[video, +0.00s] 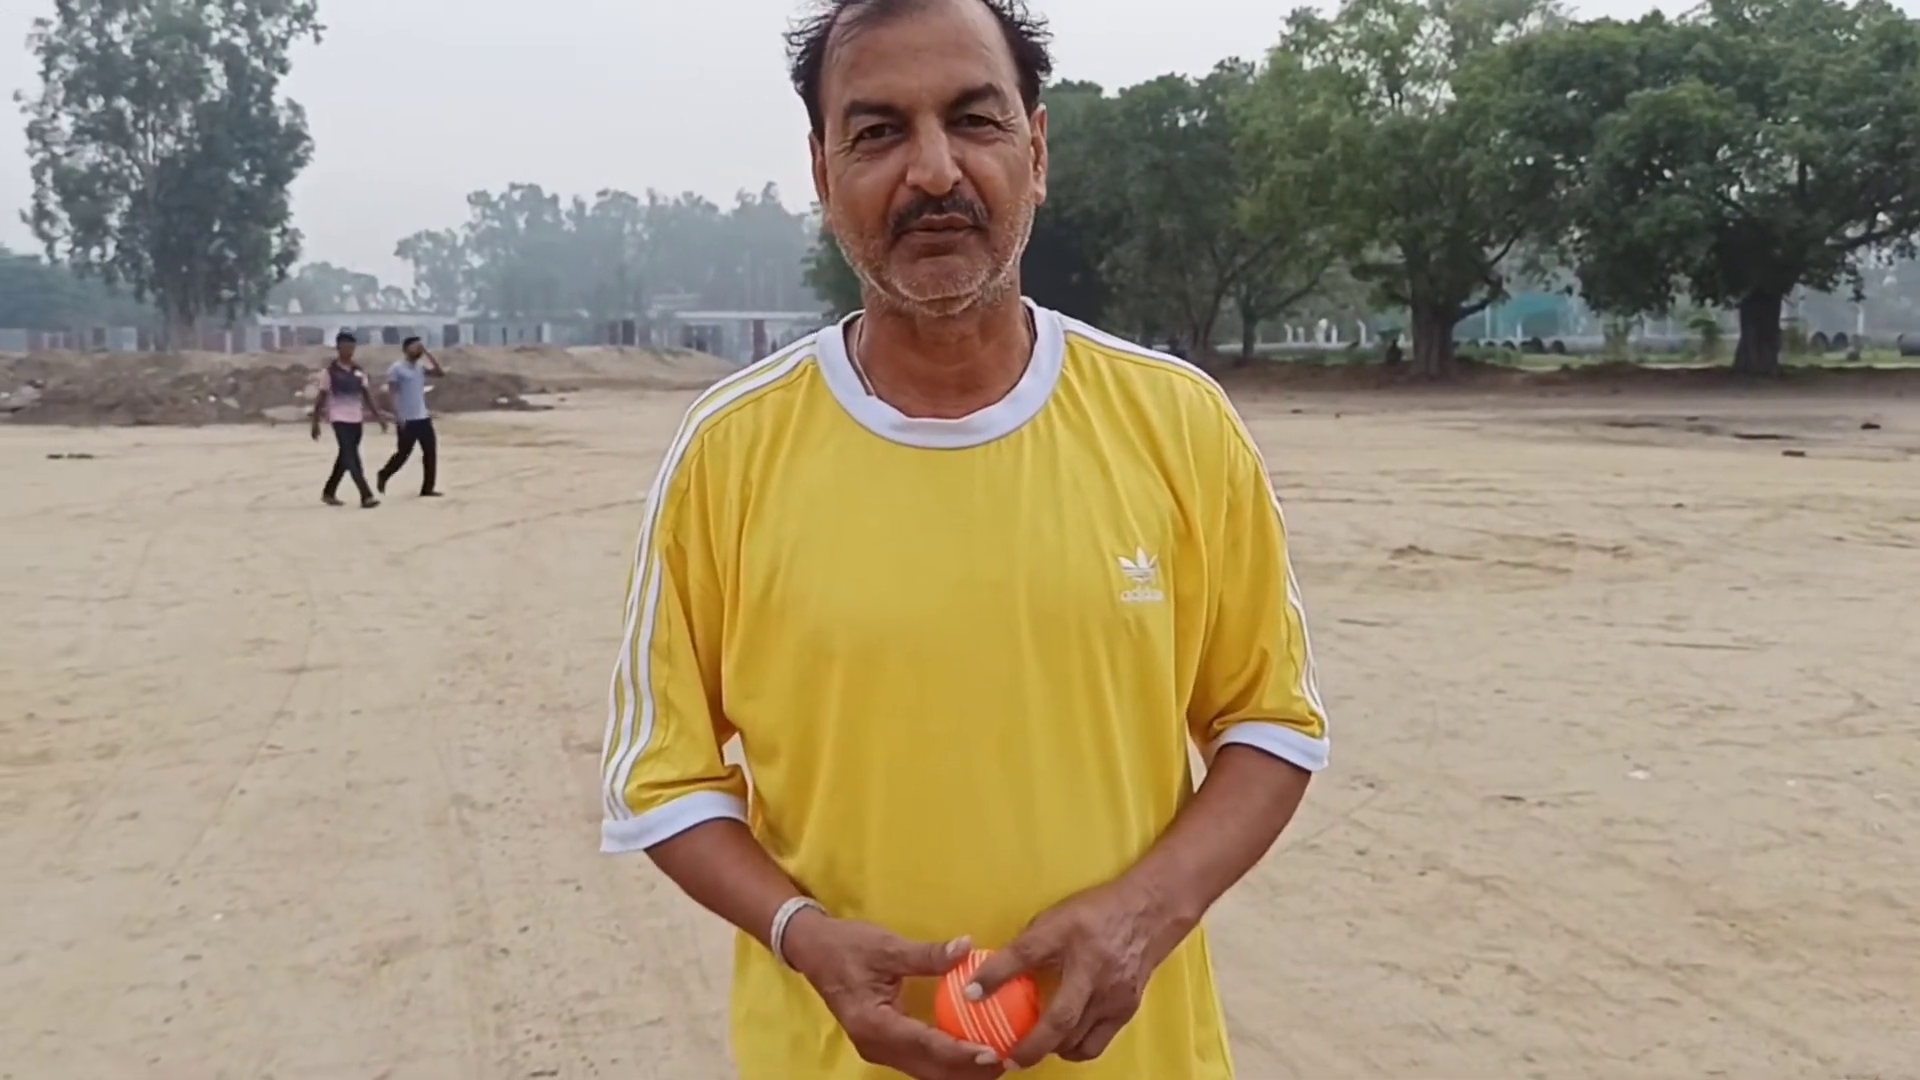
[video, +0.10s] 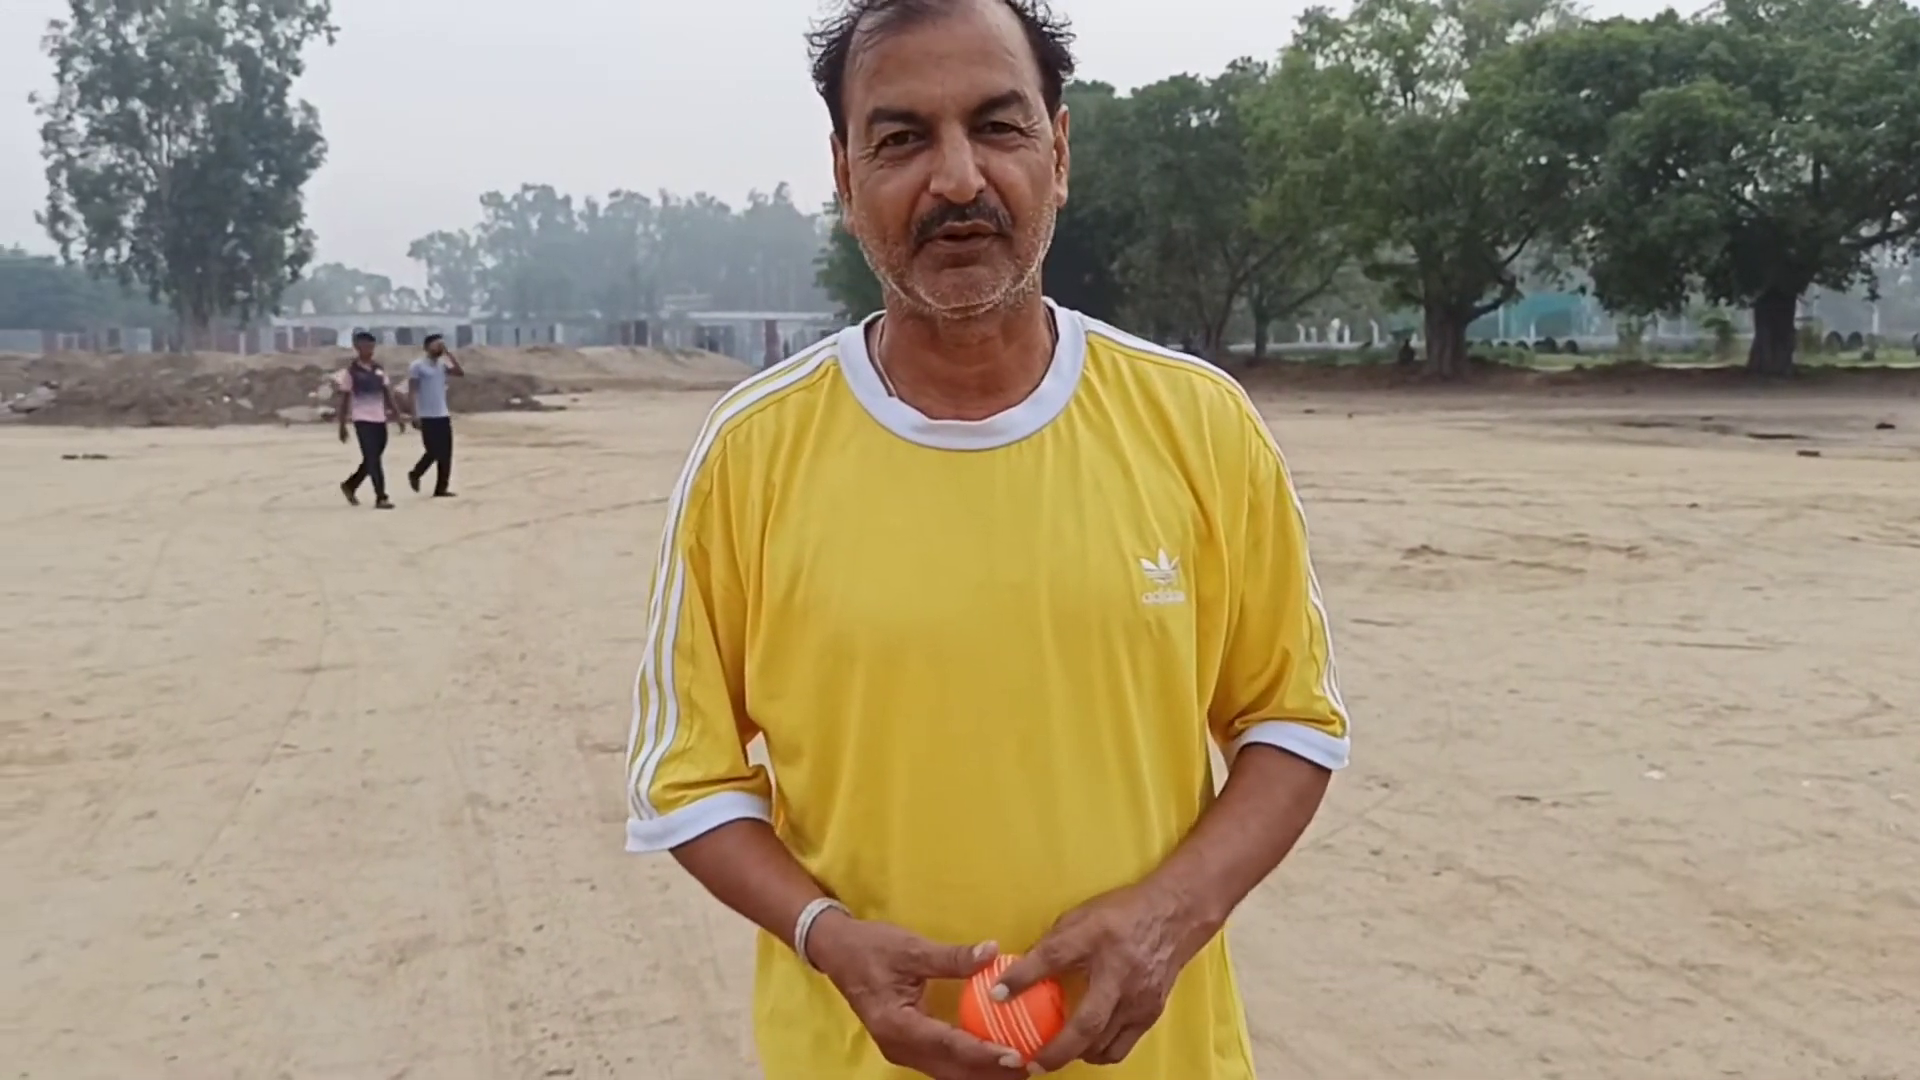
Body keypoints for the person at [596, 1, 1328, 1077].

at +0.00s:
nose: (935, 170)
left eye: (976, 120)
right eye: (879, 132)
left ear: (1037, 157)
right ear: (822, 181)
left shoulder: (1180, 423)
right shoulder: (729, 447)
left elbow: (1276, 723)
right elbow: (658, 773)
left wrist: (1145, 909)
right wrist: (802, 933)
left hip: (1140, 1048)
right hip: (831, 1053)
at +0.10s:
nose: (958, 178)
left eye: (999, 127)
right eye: (903, 138)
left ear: (1060, 158)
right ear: (844, 183)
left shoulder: (1201, 425)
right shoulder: (751, 449)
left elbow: (1297, 722)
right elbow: (682, 774)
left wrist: (1175, 908)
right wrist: (826, 934)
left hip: (1163, 1047)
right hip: (855, 1053)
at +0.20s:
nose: (983, 184)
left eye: (1022, 132)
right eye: (927, 143)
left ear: (1080, 160)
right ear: (865, 187)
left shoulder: (1221, 423)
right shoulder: (773, 451)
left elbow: (1319, 719)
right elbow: (707, 774)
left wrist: (1200, 909)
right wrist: (853, 935)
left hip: (1187, 1048)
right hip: (880, 1055)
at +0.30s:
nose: (1009, 187)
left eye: (1048, 134)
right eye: (953, 147)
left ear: (1104, 163)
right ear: (890, 192)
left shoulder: (1244, 423)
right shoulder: (798, 454)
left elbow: (1340, 718)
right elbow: (731, 778)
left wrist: (1228, 908)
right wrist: (883, 935)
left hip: (1214, 1051)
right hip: (908, 1055)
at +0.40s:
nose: (1041, 190)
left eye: (1078, 137)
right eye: (983, 151)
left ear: (1133, 165)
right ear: (921, 197)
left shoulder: (1270, 422)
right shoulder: (829, 454)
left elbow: (1363, 715)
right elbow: (760, 779)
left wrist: (1261, 905)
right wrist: (919, 930)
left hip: (1243, 1051)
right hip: (939, 1055)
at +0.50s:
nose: (1075, 191)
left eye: (1113, 140)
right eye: (1020, 153)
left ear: (1165, 164)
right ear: (954, 195)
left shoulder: (1302, 422)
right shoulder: (862, 454)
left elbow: (1392, 712)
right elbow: (789, 774)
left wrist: (1301, 893)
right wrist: (962, 924)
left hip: (1272, 1049)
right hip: (976, 1054)